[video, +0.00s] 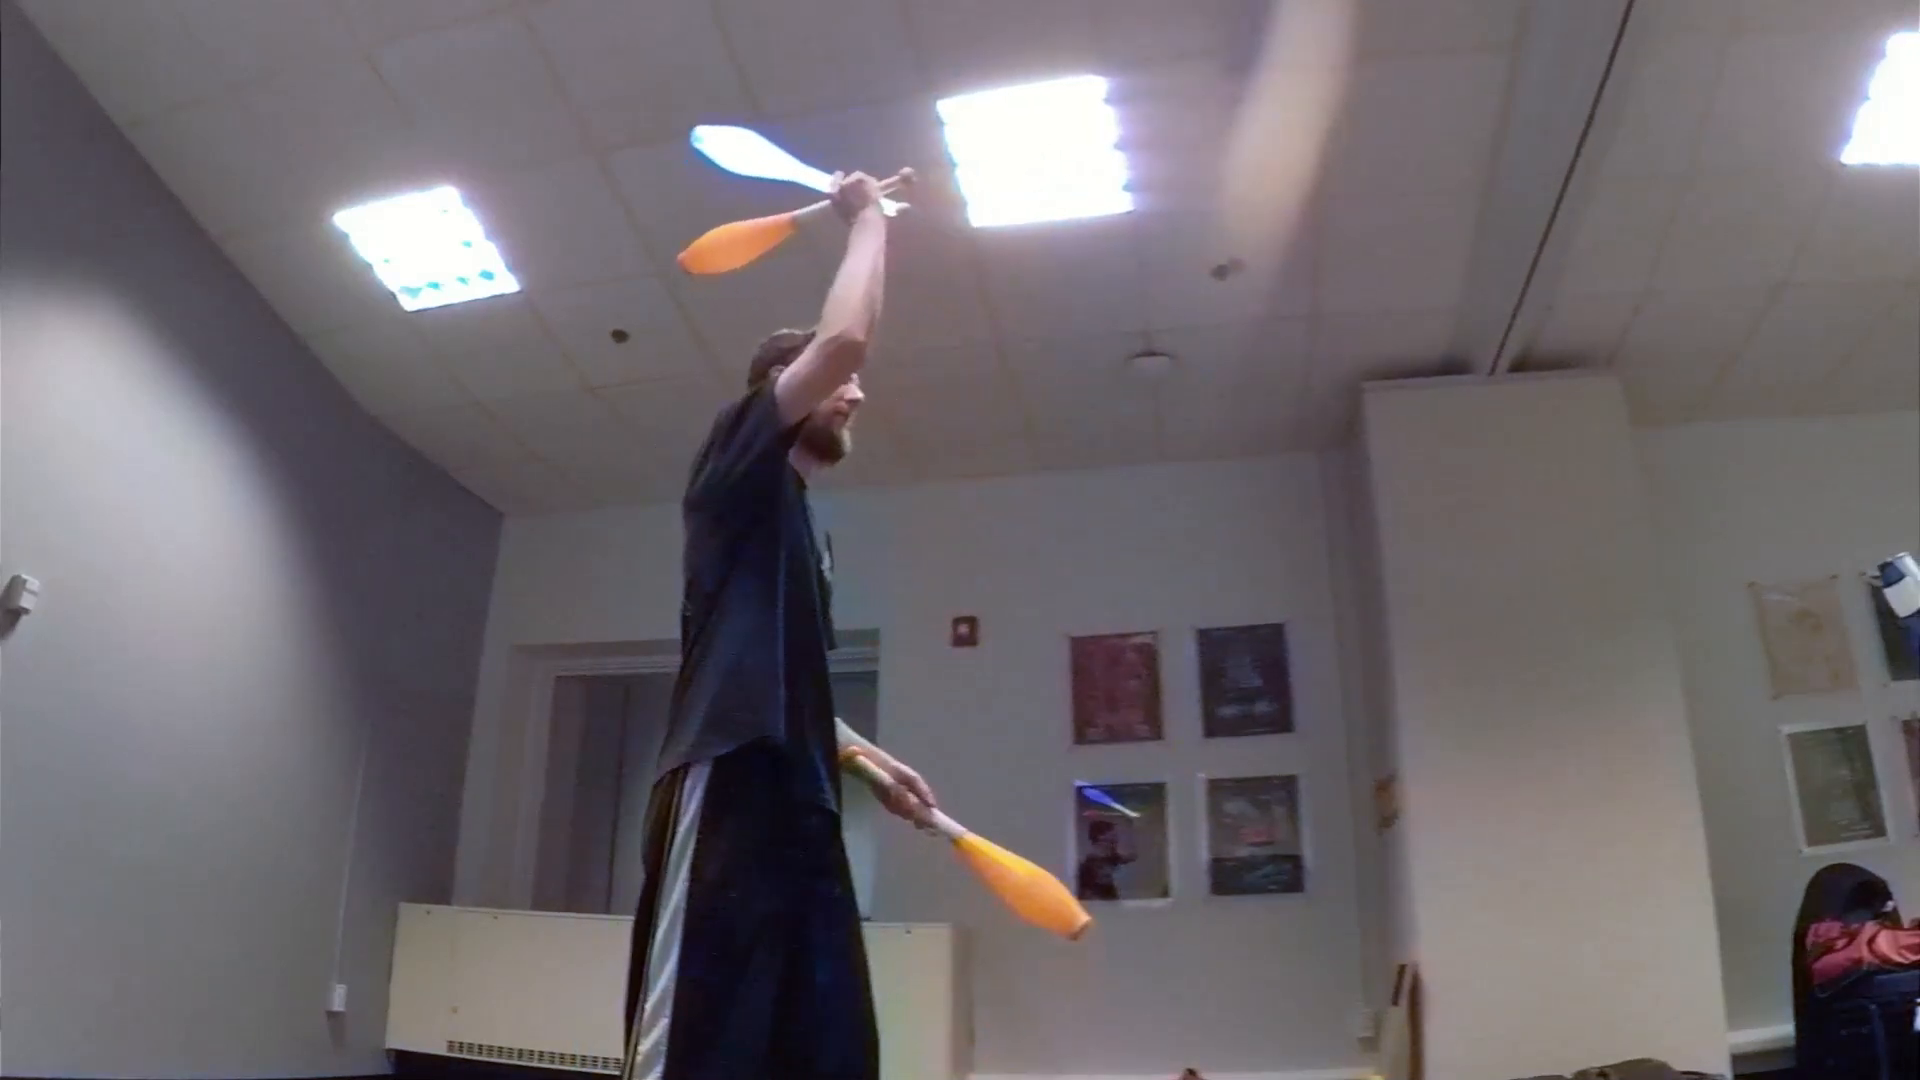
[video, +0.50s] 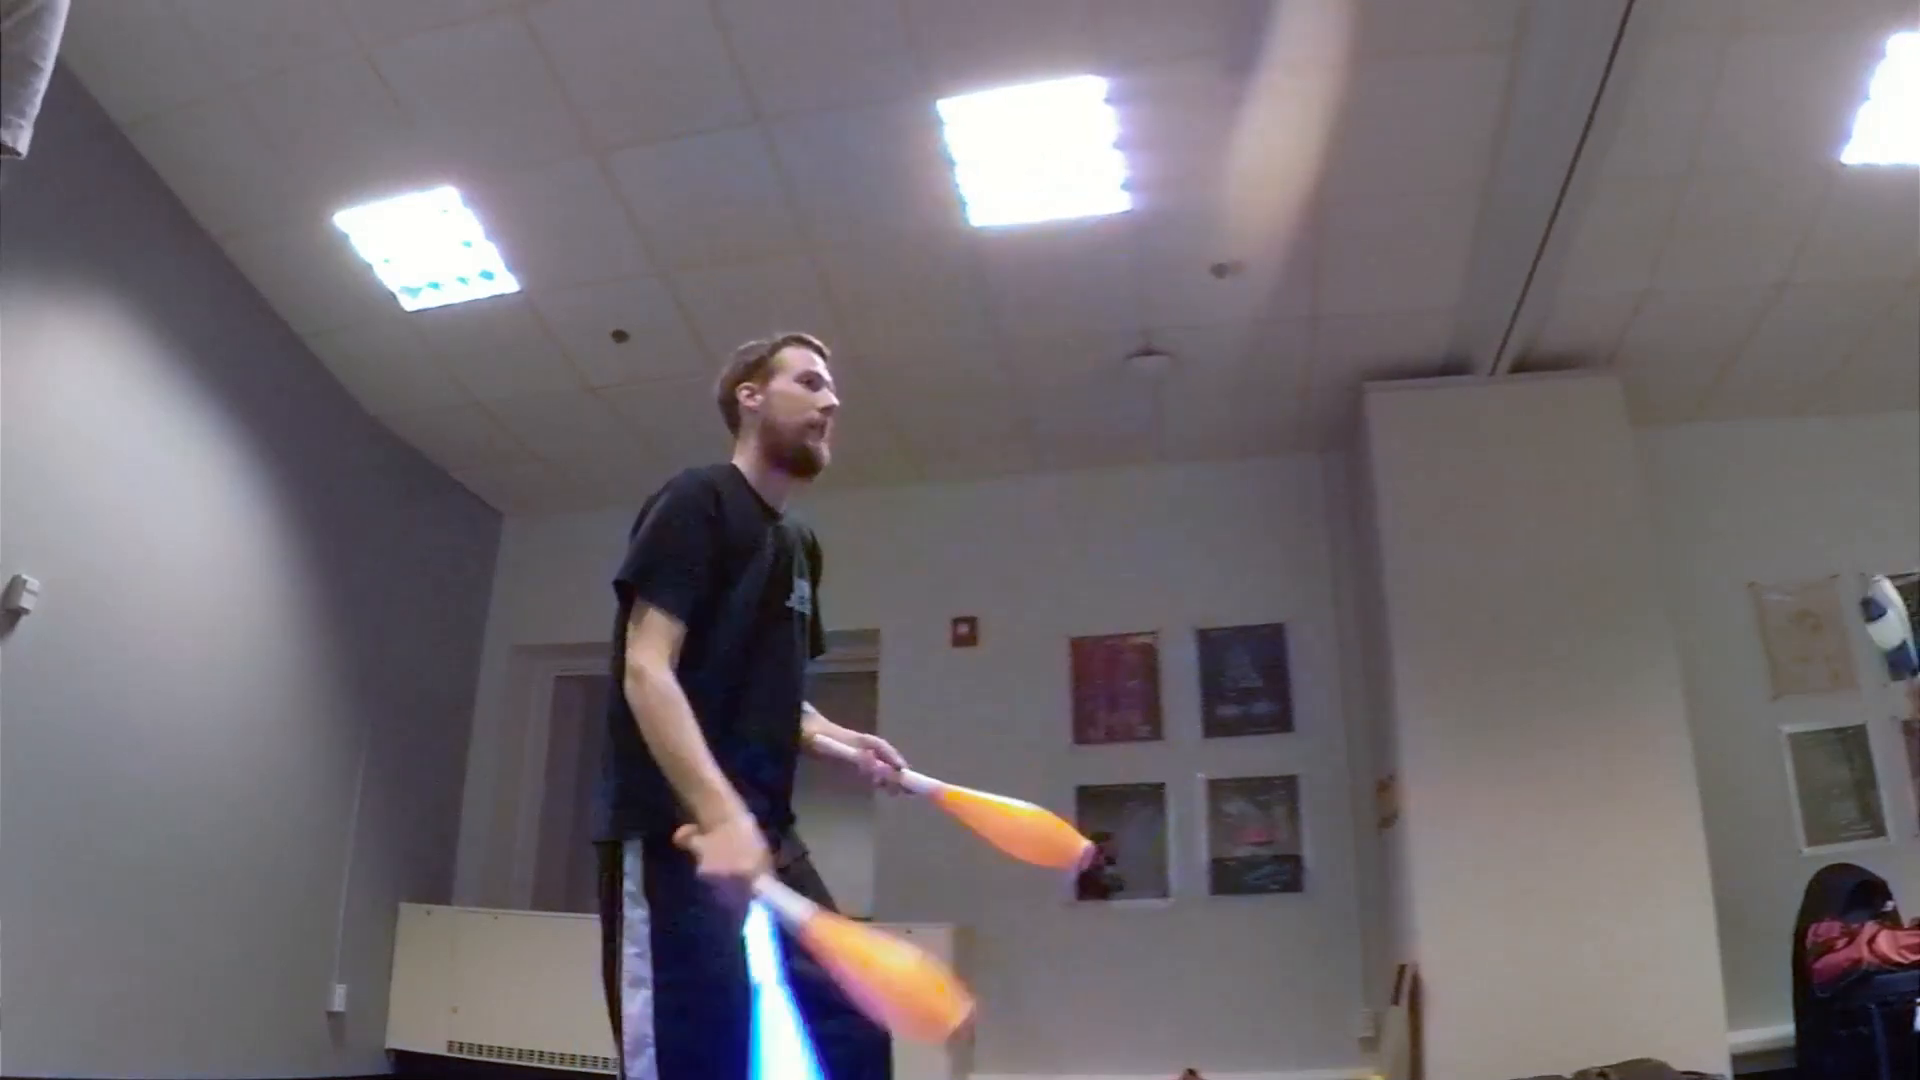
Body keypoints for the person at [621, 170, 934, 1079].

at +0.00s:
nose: (854, 395)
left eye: (855, 381)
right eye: (838, 374)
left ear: (823, 398)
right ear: (780, 380)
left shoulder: (789, 515)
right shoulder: (737, 458)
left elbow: (785, 688)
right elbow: (842, 334)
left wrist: (871, 759)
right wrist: (869, 215)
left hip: (793, 779)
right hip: (732, 770)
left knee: (817, 1008)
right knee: (710, 1006)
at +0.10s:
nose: (833, 387)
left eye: (836, 373)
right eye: (817, 371)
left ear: (797, 387)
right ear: (773, 379)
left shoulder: (787, 512)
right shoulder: (728, 444)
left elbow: (774, 677)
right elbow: (822, 391)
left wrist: (870, 749)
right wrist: (895, 256)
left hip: (794, 790)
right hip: (724, 777)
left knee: (821, 1026)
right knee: (701, 1021)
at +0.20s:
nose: (831, 380)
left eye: (835, 370)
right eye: (810, 362)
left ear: (836, 394)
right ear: (753, 375)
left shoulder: (799, 525)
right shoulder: (707, 444)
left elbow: (782, 680)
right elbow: (777, 475)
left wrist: (868, 738)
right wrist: (916, 360)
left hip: (789, 788)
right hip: (706, 782)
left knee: (818, 1031)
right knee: (691, 1027)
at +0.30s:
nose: (823, 383)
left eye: (824, 373)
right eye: (802, 364)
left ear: (824, 396)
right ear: (743, 378)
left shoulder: (778, 522)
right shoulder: (694, 460)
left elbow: (777, 680)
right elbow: (724, 567)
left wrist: (860, 729)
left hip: (775, 815)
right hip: (688, 808)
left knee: (833, 1041)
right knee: (683, 1047)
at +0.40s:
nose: (821, 388)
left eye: (823, 377)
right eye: (799, 369)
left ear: (818, 411)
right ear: (741, 385)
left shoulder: (793, 536)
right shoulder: (690, 476)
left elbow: (782, 693)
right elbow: (670, 628)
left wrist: (859, 734)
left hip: (771, 831)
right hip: (673, 826)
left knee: (843, 1040)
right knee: (681, 1053)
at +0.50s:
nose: (831, 399)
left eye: (832, 389)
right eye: (809, 381)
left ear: (831, 413)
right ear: (748, 397)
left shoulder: (798, 545)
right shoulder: (697, 499)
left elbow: (761, 696)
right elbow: (645, 668)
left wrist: (843, 746)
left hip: (762, 838)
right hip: (671, 841)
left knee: (854, 1040)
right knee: (690, 1060)